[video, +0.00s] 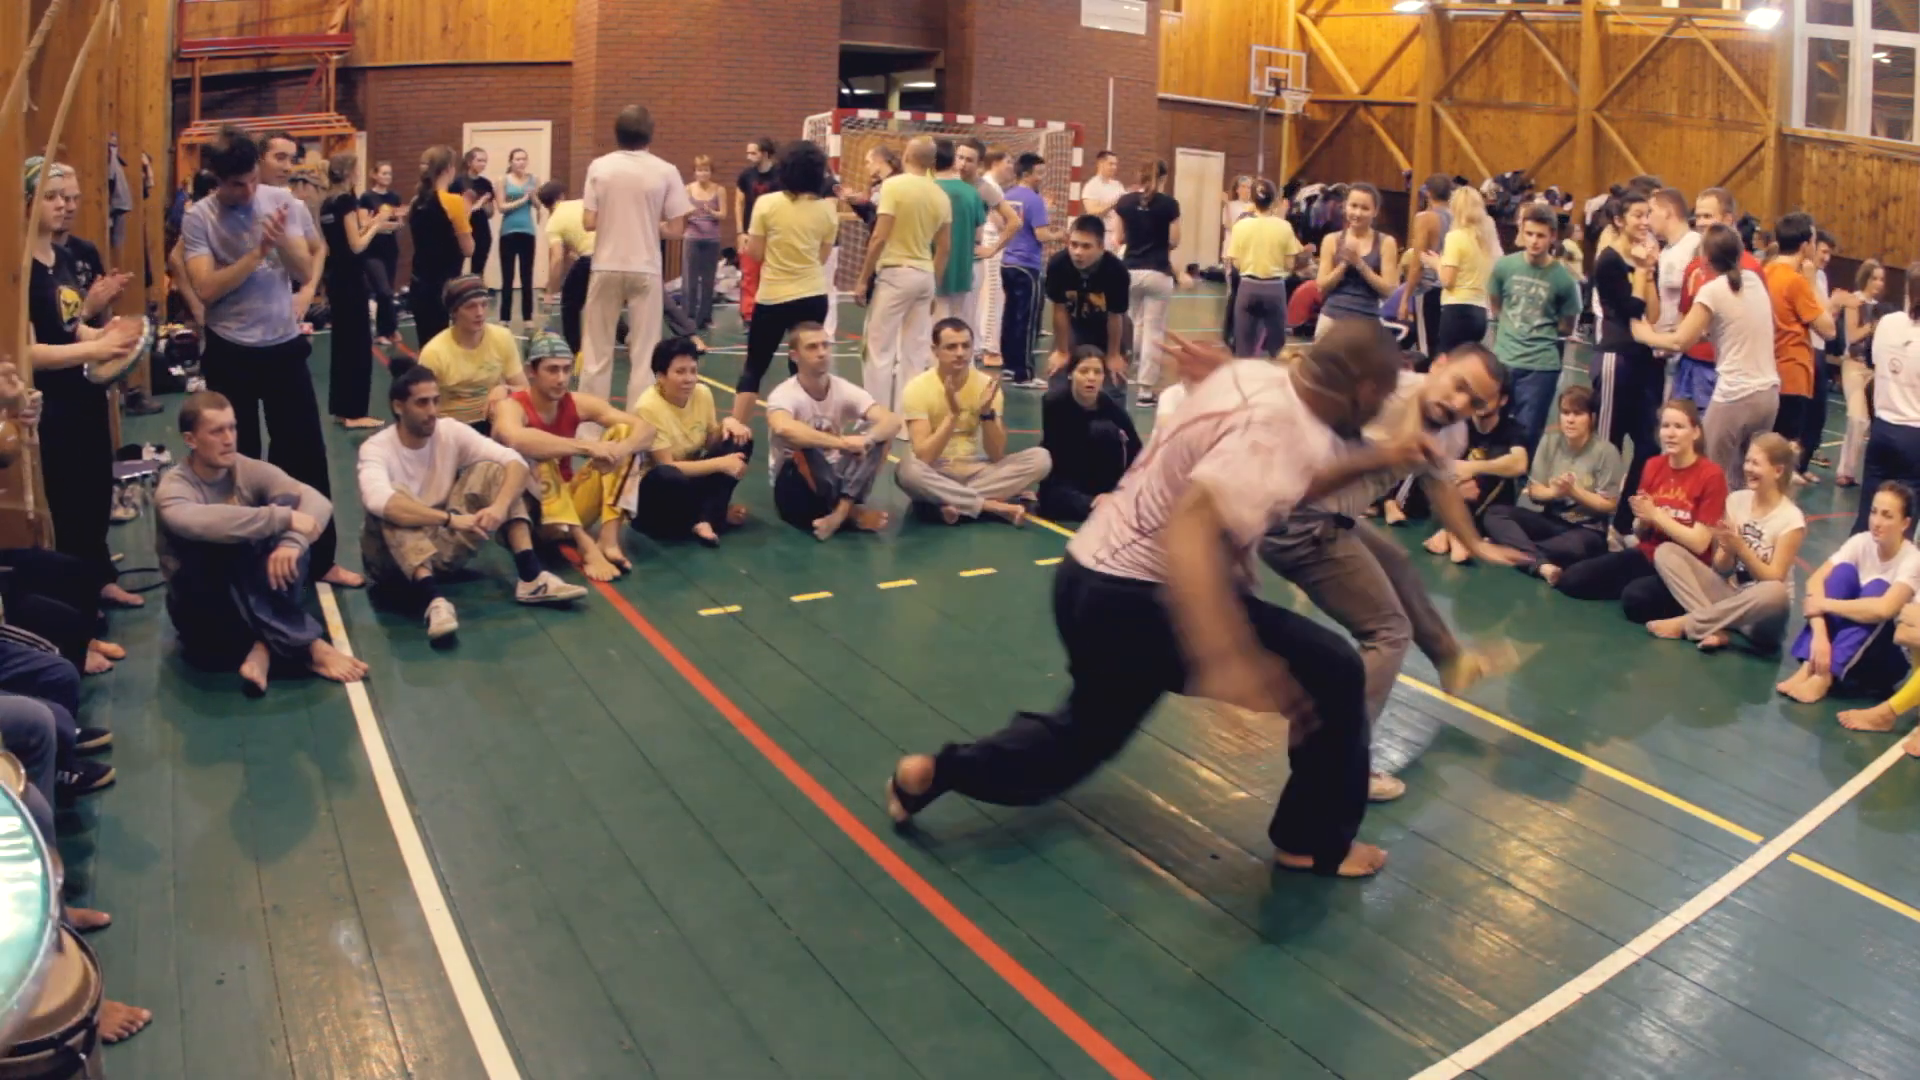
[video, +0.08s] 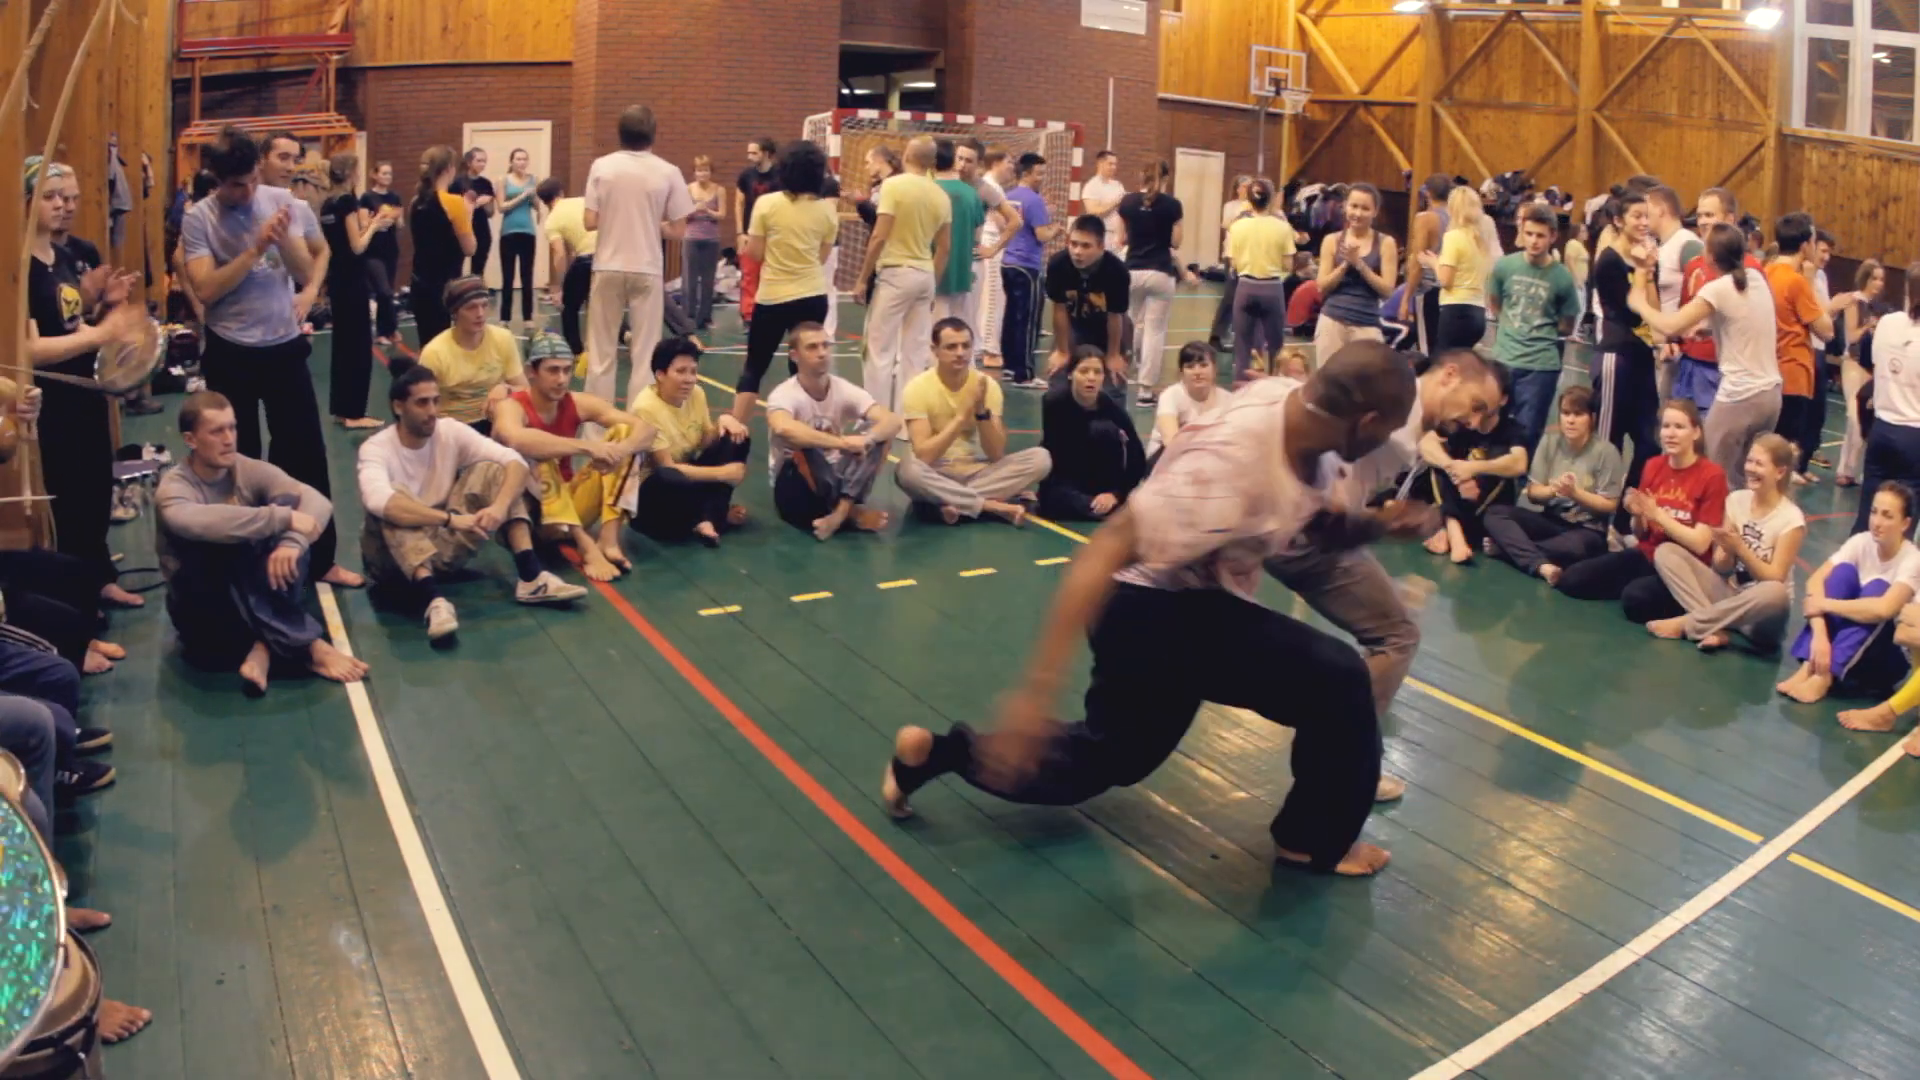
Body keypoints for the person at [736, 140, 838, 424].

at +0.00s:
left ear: (781, 169)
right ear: (819, 172)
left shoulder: (766, 204)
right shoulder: (827, 208)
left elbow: (756, 251)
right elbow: (823, 256)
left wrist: (745, 244)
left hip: (773, 301)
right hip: (814, 299)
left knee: (754, 369)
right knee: (807, 369)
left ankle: (737, 432)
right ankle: (808, 432)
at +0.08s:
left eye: (777, 165)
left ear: (782, 169)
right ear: (819, 172)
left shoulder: (766, 204)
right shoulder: (827, 209)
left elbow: (756, 252)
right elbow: (823, 256)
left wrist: (745, 244)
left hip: (773, 300)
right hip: (813, 299)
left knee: (754, 368)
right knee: (806, 369)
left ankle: (736, 433)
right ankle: (806, 433)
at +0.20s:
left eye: (776, 164)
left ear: (781, 169)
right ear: (819, 172)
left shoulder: (766, 204)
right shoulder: (827, 208)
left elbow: (756, 251)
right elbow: (823, 255)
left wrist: (744, 244)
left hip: (773, 301)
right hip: (813, 299)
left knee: (753, 369)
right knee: (806, 370)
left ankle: (736, 435)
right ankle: (807, 436)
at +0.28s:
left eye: (777, 164)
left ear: (782, 169)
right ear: (819, 172)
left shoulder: (766, 203)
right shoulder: (828, 208)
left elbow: (756, 251)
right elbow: (823, 255)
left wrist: (744, 245)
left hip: (773, 301)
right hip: (813, 299)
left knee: (754, 369)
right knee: (806, 370)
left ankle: (735, 433)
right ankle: (807, 434)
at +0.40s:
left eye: (777, 164)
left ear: (782, 169)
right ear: (819, 172)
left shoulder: (765, 204)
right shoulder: (827, 209)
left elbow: (756, 252)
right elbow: (824, 255)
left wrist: (744, 241)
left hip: (772, 301)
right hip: (814, 299)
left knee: (754, 369)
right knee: (808, 370)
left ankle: (735, 434)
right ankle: (808, 435)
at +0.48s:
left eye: (778, 165)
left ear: (782, 169)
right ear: (819, 172)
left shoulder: (766, 204)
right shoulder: (828, 208)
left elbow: (757, 252)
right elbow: (824, 255)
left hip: (772, 300)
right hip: (813, 298)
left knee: (754, 369)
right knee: (805, 368)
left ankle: (735, 435)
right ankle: (806, 434)